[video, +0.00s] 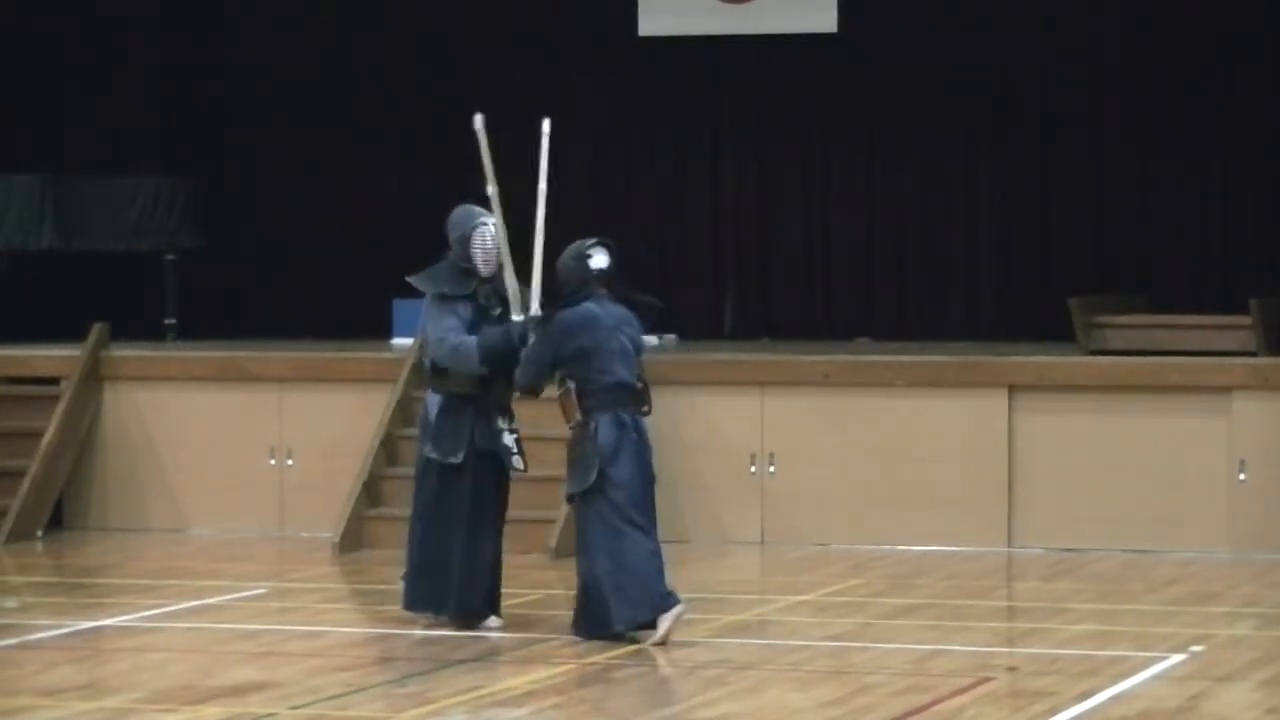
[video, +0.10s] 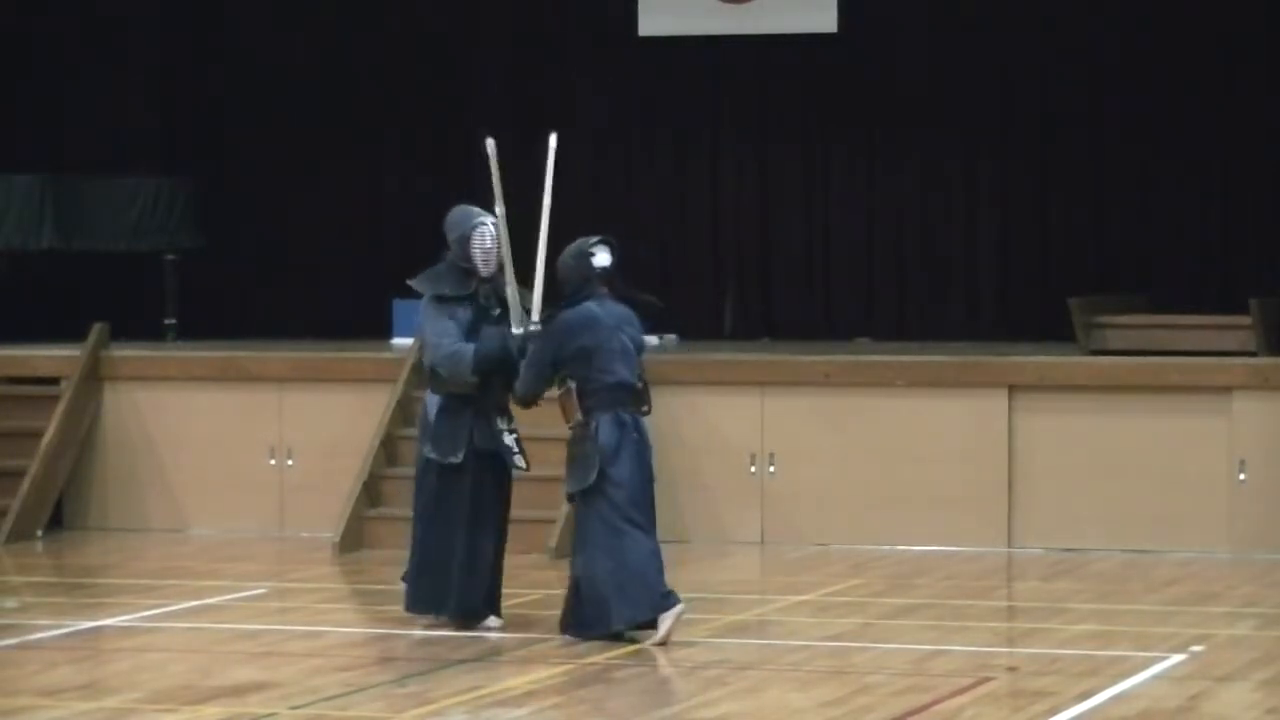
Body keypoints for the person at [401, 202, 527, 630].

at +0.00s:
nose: (488, 250)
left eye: (492, 241)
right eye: (479, 241)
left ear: (499, 246)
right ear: (460, 246)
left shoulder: (501, 294)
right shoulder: (446, 295)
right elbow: (445, 352)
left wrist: (530, 335)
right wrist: (511, 338)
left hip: (490, 409)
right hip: (453, 410)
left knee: (485, 506)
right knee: (451, 505)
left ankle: (478, 607)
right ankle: (443, 604)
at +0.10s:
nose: (488, 250)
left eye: (492, 241)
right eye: (479, 241)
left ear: (499, 246)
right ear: (459, 247)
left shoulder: (506, 296)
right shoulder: (442, 297)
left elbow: (527, 343)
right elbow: (443, 358)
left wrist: (528, 345)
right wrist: (500, 351)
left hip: (492, 412)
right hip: (451, 412)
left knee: (488, 510)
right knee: (445, 507)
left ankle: (479, 608)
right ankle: (430, 604)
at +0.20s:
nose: (486, 250)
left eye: (492, 240)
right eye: (477, 241)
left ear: (500, 245)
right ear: (457, 246)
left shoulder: (506, 296)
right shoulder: (440, 299)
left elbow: (513, 358)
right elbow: (446, 362)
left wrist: (532, 355)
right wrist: (514, 352)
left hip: (489, 412)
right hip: (448, 412)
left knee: (487, 509)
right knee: (447, 508)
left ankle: (481, 608)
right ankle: (434, 601)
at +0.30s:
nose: (484, 250)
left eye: (489, 241)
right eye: (475, 242)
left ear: (495, 244)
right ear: (454, 246)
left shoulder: (503, 296)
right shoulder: (437, 297)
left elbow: (516, 354)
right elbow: (445, 360)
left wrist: (530, 370)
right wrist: (509, 352)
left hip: (484, 409)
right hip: (444, 409)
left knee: (485, 509)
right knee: (443, 509)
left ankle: (480, 609)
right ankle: (433, 609)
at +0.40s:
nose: (474, 251)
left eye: (479, 242)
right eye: (465, 242)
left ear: (487, 246)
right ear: (444, 248)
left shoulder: (493, 298)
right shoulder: (428, 299)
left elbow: (517, 347)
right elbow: (448, 349)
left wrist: (536, 367)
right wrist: (512, 351)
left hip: (475, 410)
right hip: (436, 410)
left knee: (481, 507)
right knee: (443, 508)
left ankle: (485, 606)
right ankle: (453, 610)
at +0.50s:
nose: (459, 256)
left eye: (462, 247)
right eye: (449, 248)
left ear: (468, 251)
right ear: (427, 253)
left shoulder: (472, 301)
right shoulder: (413, 310)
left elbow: (500, 361)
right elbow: (463, 348)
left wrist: (537, 363)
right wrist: (533, 346)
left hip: (462, 418)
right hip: (426, 419)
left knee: (469, 511)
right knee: (436, 512)